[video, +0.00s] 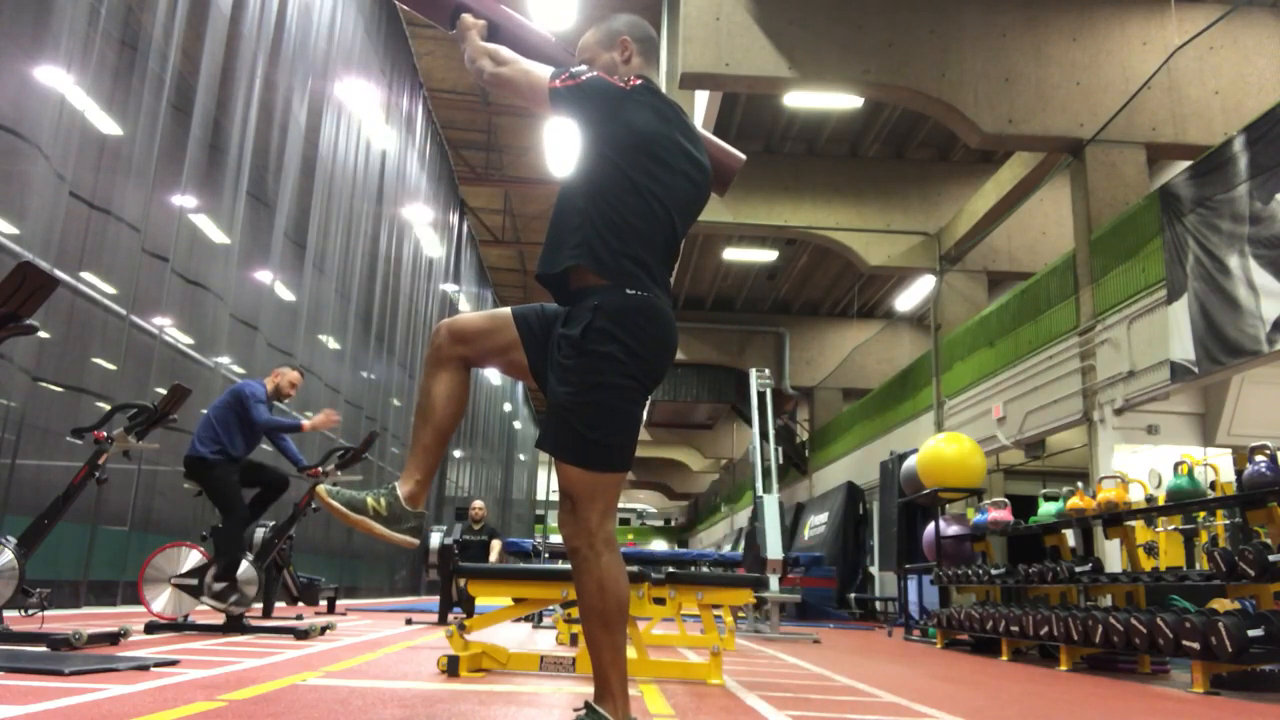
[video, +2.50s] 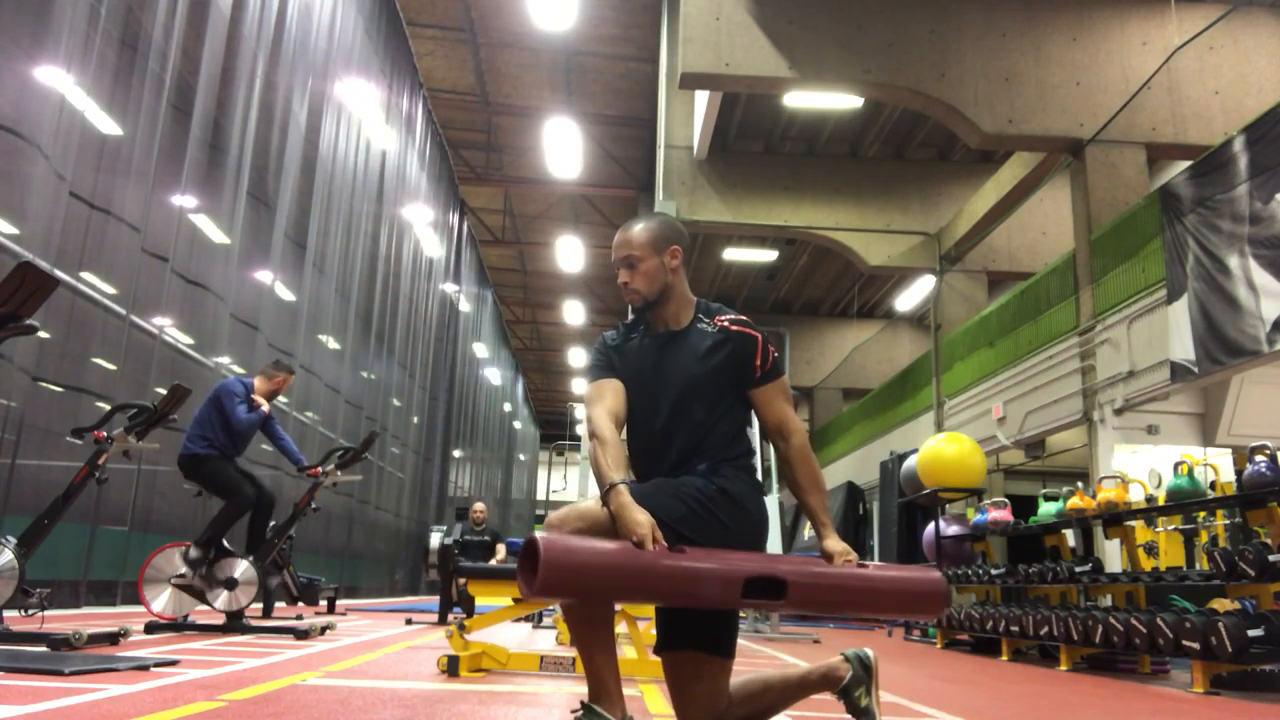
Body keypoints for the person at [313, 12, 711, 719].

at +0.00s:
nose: (583, 75)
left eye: (589, 65)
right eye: (585, 67)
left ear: (624, 57)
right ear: (645, 64)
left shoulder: (611, 98)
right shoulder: (694, 148)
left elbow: (489, 67)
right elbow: (734, 164)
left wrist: (471, 28)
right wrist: (677, 123)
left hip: (611, 324)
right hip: (598, 321)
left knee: (588, 529)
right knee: (453, 337)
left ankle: (613, 707)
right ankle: (409, 495)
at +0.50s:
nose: (591, 80)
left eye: (597, 67)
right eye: (589, 70)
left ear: (639, 56)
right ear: (648, 65)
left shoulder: (618, 107)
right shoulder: (698, 150)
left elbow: (488, 109)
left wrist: (426, 76)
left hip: (618, 329)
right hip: (599, 323)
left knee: (587, 530)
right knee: (463, 357)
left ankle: (613, 707)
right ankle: (469, 524)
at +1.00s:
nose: (587, 96)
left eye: (595, 80)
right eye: (583, 87)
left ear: (639, 71)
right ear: (629, 79)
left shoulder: (666, 141)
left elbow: (616, 240)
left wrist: (506, 287)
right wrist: (516, 189)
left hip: (653, 363)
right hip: (661, 363)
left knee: (588, 527)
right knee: (639, 529)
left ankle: (612, 707)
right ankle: (775, 594)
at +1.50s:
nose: (595, 199)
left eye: (604, 184)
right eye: (591, 188)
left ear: (648, 176)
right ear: (631, 183)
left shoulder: (708, 255)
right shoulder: (611, 272)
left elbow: (758, 352)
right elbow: (574, 337)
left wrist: (736, 447)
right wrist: (558, 348)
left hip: (703, 454)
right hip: (661, 454)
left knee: (574, 526)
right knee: (739, 621)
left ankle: (610, 706)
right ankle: (876, 674)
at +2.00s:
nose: (612, 271)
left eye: (623, 257)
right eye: (608, 260)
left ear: (665, 251)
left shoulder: (730, 328)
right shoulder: (615, 344)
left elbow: (785, 429)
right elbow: (595, 419)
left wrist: (816, 530)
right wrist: (603, 476)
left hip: (727, 502)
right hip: (668, 509)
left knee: (568, 529)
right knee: (708, 703)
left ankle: (606, 708)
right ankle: (848, 672)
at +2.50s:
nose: (621, 277)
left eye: (632, 264)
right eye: (617, 266)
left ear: (673, 259)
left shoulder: (734, 336)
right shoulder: (615, 346)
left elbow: (787, 432)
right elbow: (602, 427)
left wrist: (826, 532)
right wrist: (621, 501)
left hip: (727, 507)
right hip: (669, 516)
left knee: (568, 526)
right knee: (702, 708)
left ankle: (607, 707)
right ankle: (842, 672)